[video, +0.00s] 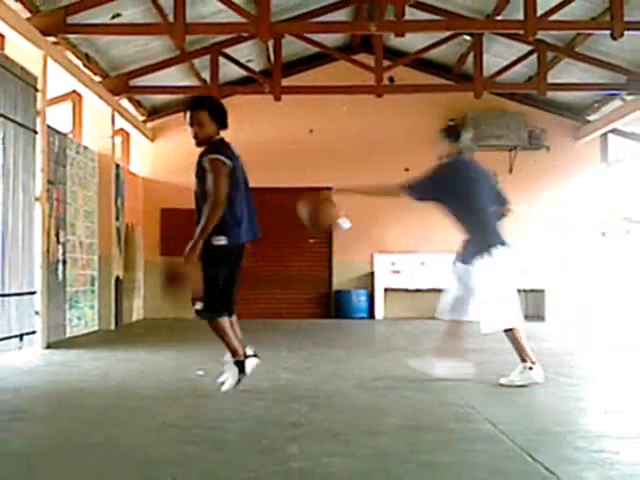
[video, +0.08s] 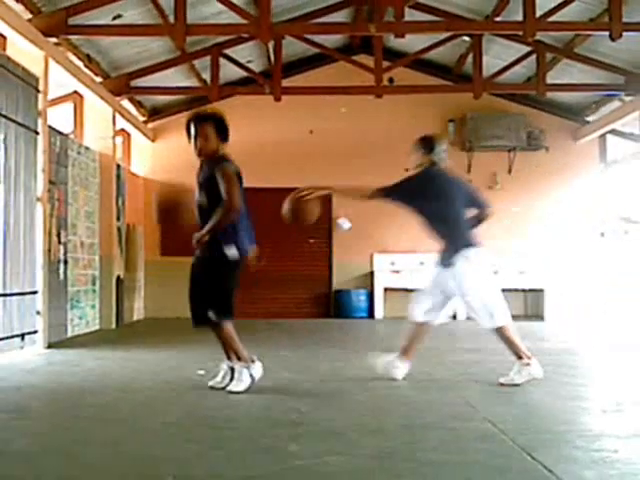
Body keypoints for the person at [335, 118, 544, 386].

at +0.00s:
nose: (444, 146)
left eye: (445, 141)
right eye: (447, 141)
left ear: (448, 142)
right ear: (467, 142)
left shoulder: (448, 171)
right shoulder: (481, 171)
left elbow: (401, 190)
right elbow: (503, 208)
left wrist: (352, 189)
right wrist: (477, 226)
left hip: (487, 251)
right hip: (483, 249)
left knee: (504, 308)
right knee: (459, 305)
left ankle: (530, 364)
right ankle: (447, 358)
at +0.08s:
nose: (412, 158)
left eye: (415, 153)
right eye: (415, 153)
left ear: (422, 155)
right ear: (439, 154)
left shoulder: (418, 181)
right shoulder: (452, 179)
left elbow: (372, 194)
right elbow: (484, 211)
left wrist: (331, 189)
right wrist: (459, 229)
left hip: (462, 258)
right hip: (456, 257)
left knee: (491, 313)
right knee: (423, 311)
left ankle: (527, 362)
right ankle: (401, 363)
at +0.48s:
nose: (344, 172)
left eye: (345, 166)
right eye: (342, 167)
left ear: (354, 163)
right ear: (361, 162)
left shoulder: (372, 184)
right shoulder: (374, 181)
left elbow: (376, 230)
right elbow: (373, 228)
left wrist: (356, 269)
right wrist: (352, 249)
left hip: (392, 253)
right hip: (398, 251)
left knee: (364, 300)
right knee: (381, 305)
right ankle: (387, 358)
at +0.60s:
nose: (336, 173)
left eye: (337, 168)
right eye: (334, 168)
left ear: (346, 165)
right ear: (354, 163)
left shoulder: (363, 185)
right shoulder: (370, 182)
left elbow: (374, 230)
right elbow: (371, 224)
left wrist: (366, 271)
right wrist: (349, 227)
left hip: (375, 260)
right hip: (388, 259)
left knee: (344, 302)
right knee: (372, 306)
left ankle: (344, 360)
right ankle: (385, 354)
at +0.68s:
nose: (332, 172)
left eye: (333, 167)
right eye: (331, 167)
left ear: (341, 164)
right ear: (349, 161)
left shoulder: (361, 184)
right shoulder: (361, 182)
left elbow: (373, 226)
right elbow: (364, 222)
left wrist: (374, 265)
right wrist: (355, 241)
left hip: (364, 259)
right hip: (375, 256)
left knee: (341, 304)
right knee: (372, 305)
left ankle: (344, 358)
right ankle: (385, 350)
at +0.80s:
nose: (335, 167)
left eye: (336, 162)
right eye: (334, 162)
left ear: (344, 160)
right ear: (351, 157)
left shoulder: (362, 181)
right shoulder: (362, 179)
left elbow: (374, 223)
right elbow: (361, 213)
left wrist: (374, 261)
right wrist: (338, 212)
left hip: (361, 259)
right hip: (369, 257)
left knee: (344, 304)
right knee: (373, 305)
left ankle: (344, 357)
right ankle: (389, 350)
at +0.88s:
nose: (339, 175)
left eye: (340, 171)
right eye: (338, 171)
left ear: (347, 170)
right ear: (351, 169)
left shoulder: (363, 189)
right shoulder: (355, 190)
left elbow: (373, 226)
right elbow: (360, 224)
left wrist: (369, 259)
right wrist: (345, 228)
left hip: (360, 257)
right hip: (358, 256)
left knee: (341, 296)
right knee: (369, 297)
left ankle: (341, 342)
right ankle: (380, 335)